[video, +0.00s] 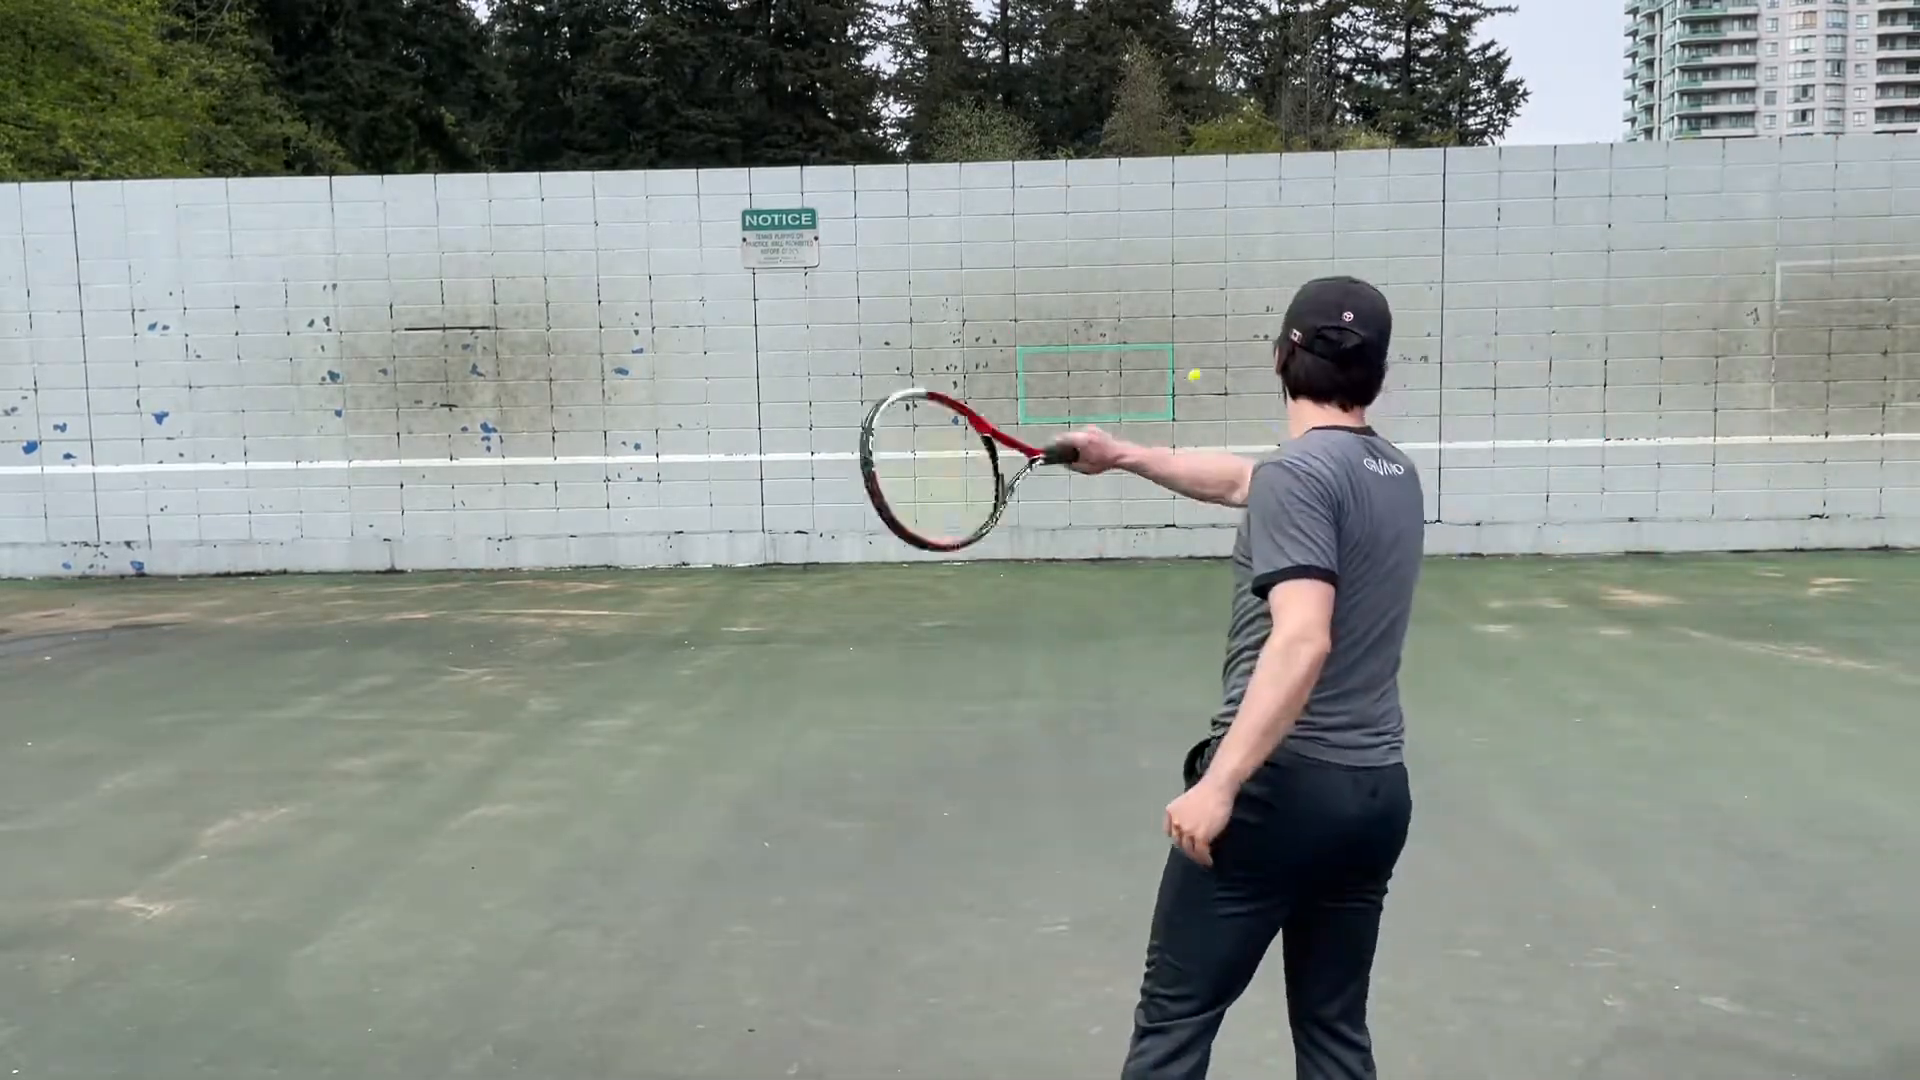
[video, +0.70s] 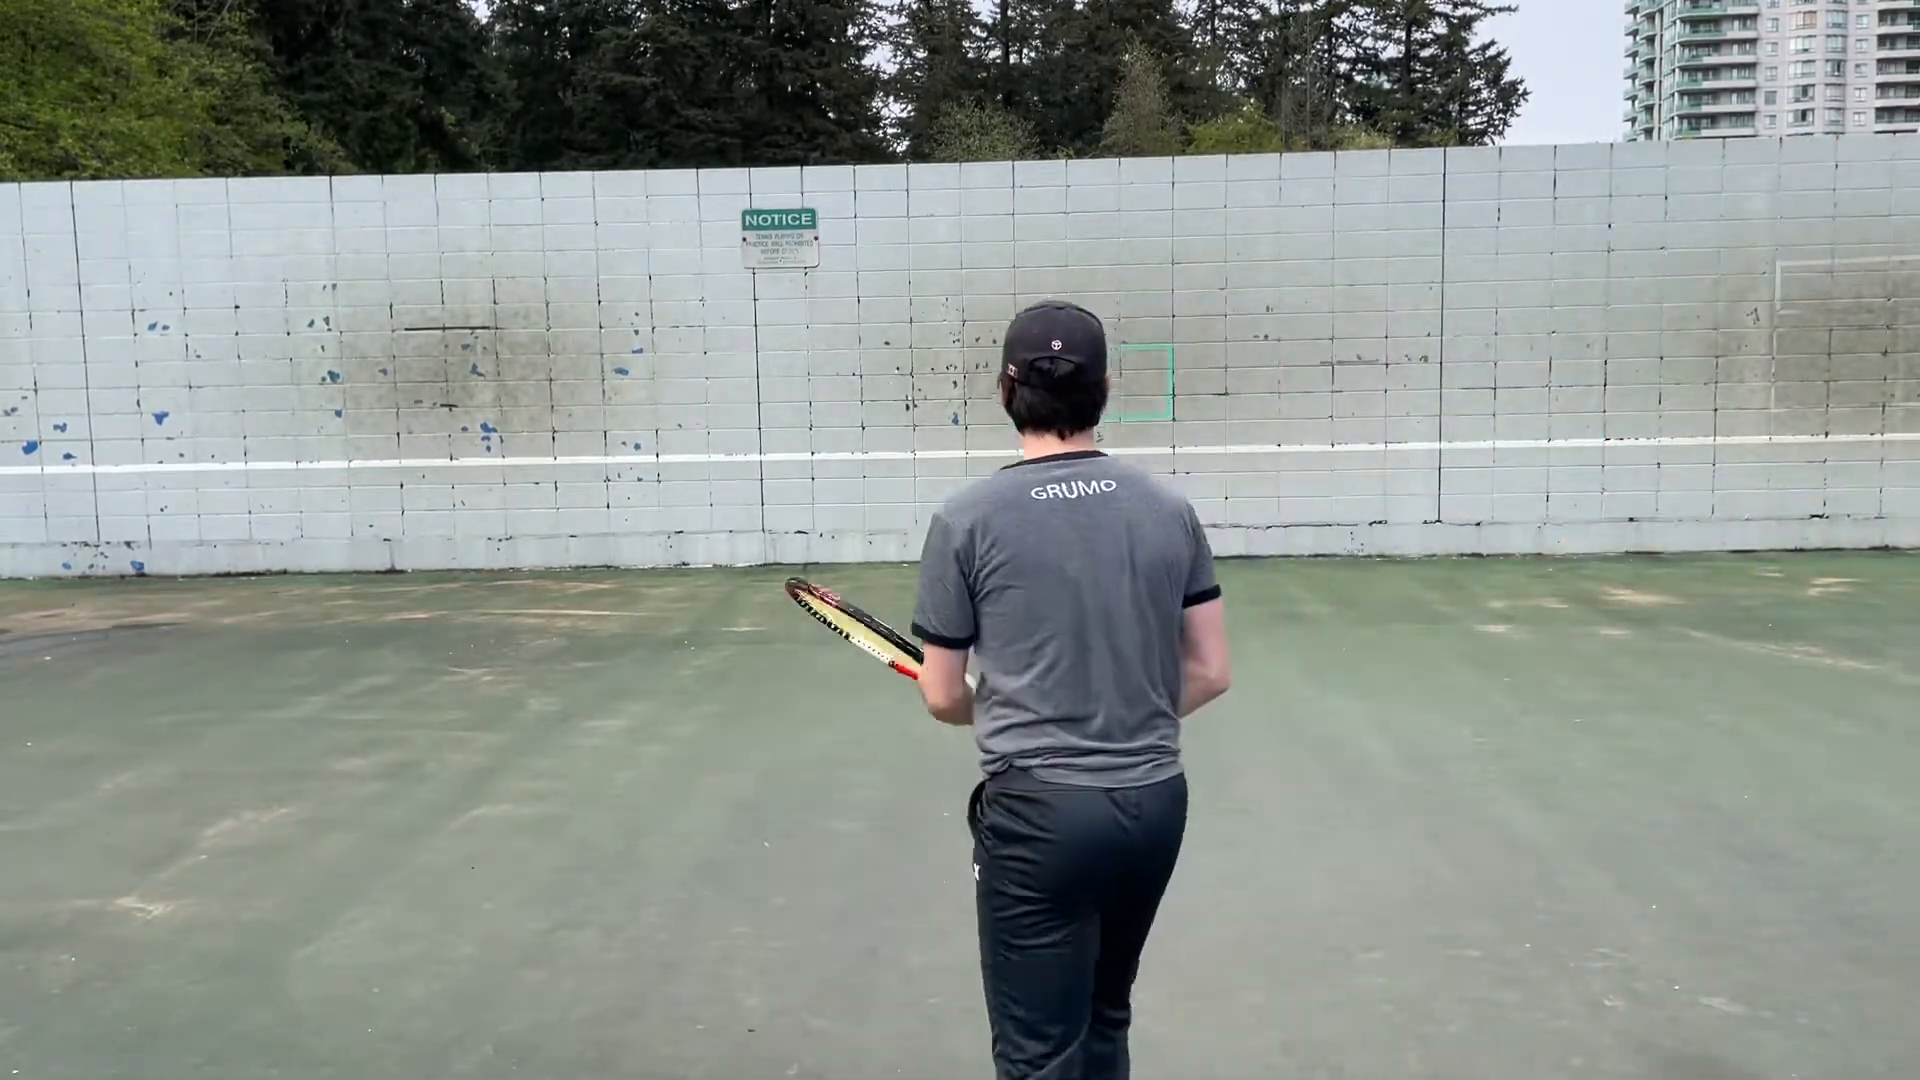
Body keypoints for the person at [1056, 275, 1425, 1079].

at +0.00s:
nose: (1277, 352)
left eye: (1280, 343)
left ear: (1285, 357)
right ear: (1379, 372)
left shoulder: (1295, 474)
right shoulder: (1393, 471)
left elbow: (1302, 639)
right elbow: (1249, 477)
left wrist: (1219, 783)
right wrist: (1123, 454)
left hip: (1272, 790)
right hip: (1372, 791)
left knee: (1173, 1023)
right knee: (1335, 1025)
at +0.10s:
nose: (1245, 354)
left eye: (1248, 343)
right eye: (1258, 342)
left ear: (1253, 358)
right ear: (1349, 366)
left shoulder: (1275, 480)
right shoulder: (1371, 468)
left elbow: (1287, 654)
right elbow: (1217, 499)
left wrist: (1185, 773)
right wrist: (1093, 508)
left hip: (1262, 791)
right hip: (1361, 790)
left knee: (1163, 1020)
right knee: (1331, 1029)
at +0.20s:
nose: (1209, 355)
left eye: (1213, 345)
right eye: (1218, 344)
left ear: (1216, 362)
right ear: (1312, 366)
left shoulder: (1235, 490)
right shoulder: (1341, 470)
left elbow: (1256, 662)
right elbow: (1211, 546)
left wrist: (1147, 756)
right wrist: (1091, 590)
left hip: (1235, 798)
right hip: (1340, 791)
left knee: (1149, 1031)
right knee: (1322, 1032)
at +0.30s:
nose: (1158, 364)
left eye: (1161, 353)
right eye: (1166, 351)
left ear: (1168, 370)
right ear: (1264, 374)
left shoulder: (1183, 502)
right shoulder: (1301, 482)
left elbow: (1211, 676)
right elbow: (1236, 614)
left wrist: (1111, 751)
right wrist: (1114, 668)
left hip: (1195, 811)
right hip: (1302, 800)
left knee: (1137, 1048)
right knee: (1303, 1037)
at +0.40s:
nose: (1107, 372)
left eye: (1110, 362)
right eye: (1116, 360)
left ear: (1114, 381)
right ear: (1209, 384)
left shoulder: (1120, 511)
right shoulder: (1260, 498)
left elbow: (1142, 689)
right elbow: (1248, 657)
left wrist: (1048, 752)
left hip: (1147, 817)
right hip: (1254, 809)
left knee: (1115, 1058)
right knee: (1266, 1041)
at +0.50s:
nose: (1058, 373)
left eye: (1061, 365)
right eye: (1064, 363)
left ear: (1066, 385)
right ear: (1158, 382)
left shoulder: (1064, 514)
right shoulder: (1221, 496)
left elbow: (1056, 699)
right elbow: (1259, 660)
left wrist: (997, 739)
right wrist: (1171, 694)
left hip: (1109, 817)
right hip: (1216, 805)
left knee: (1091, 1056)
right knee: (1204, 1013)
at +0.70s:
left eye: (1009, 375)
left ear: (1007, 390)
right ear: (1104, 391)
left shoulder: (969, 518)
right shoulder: (1168, 510)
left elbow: (945, 698)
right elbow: (1209, 671)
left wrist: (987, 691)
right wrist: (1126, 708)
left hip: (1038, 819)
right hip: (1152, 813)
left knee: (1036, 1050)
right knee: (1106, 1020)